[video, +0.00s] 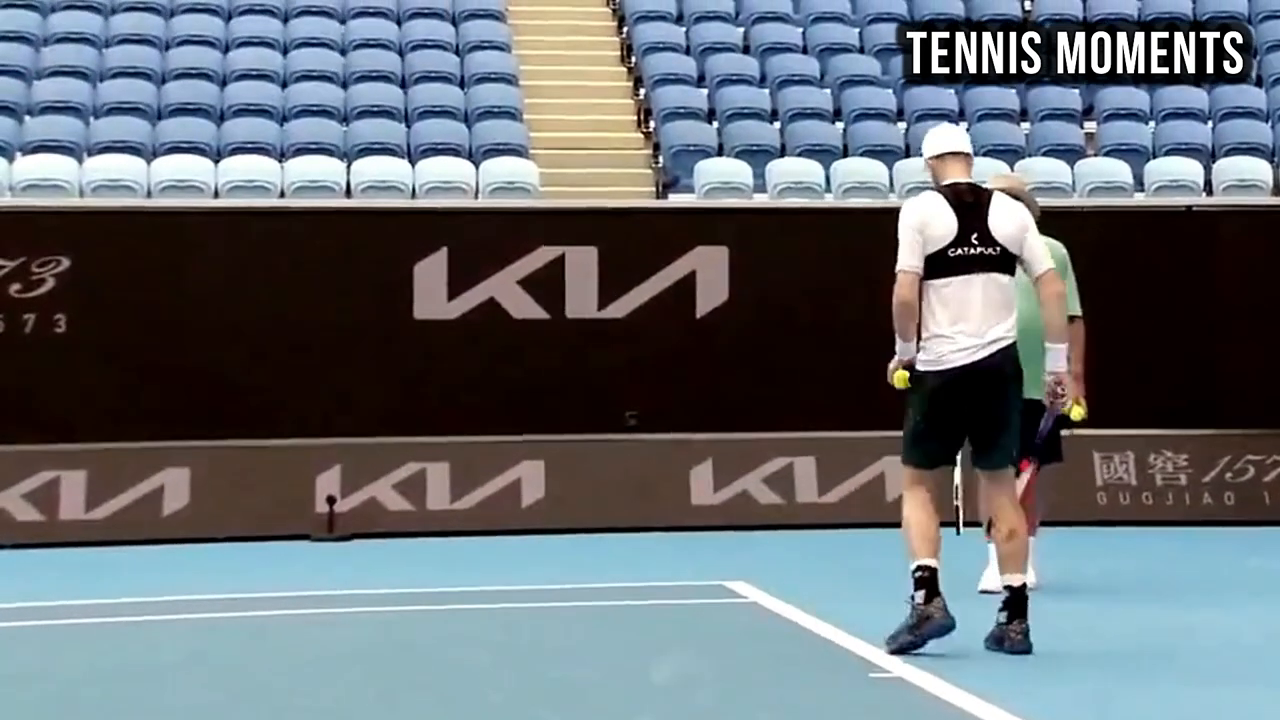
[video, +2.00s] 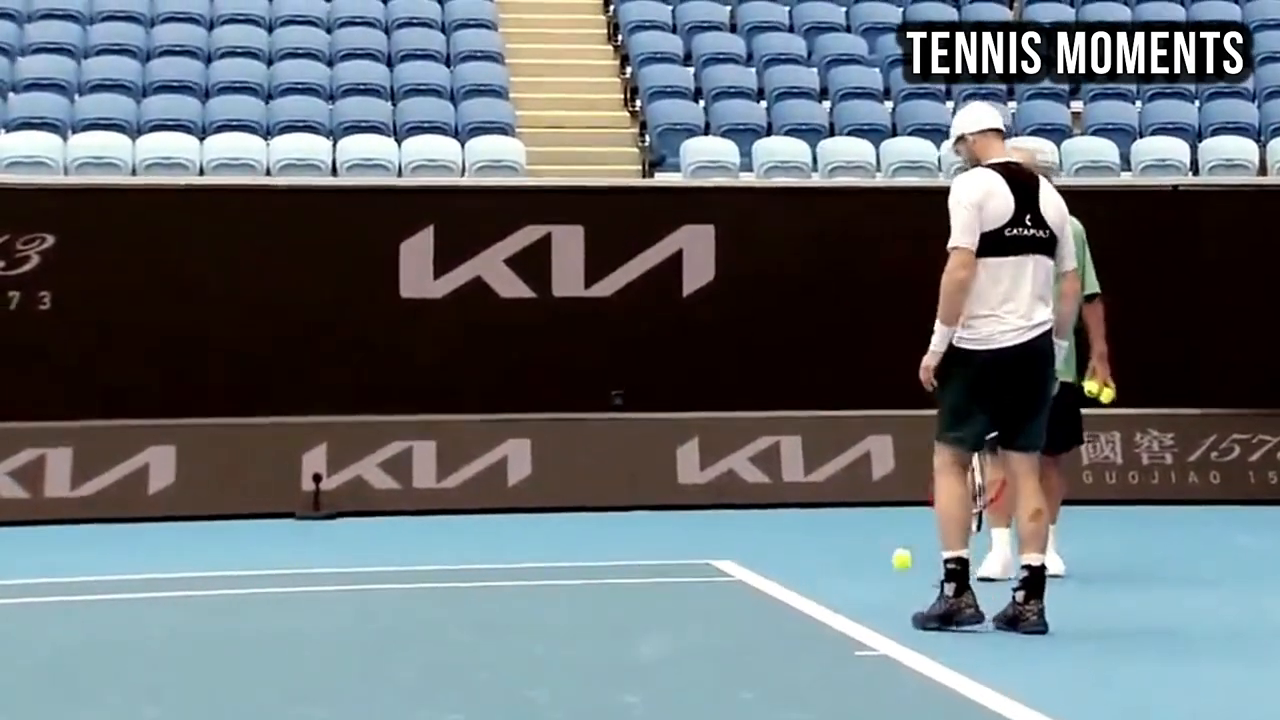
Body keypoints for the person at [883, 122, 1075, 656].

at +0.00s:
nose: (935, 168)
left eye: (929, 162)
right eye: (952, 157)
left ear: (930, 165)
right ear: (971, 160)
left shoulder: (918, 210)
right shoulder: (1011, 209)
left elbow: (906, 290)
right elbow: (1050, 286)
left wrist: (905, 352)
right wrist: (1058, 364)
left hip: (939, 374)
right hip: (1000, 369)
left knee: (919, 484)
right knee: (1002, 491)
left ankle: (928, 602)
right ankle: (1015, 619)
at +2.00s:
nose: (959, 153)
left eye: (958, 146)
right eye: (960, 146)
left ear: (966, 141)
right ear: (1004, 134)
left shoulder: (970, 186)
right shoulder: (1049, 192)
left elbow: (961, 266)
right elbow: (1069, 282)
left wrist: (938, 343)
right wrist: (1053, 340)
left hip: (976, 351)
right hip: (1035, 352)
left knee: (949, 462)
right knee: (1026, 466)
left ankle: (956, 594)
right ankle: (1030, 600)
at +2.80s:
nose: (829, 169)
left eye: (834, 158)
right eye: (829, 160)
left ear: (859, 157)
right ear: (871, 159)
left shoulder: (857, 216)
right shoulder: (931, 189)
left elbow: (858, 306)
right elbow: (980, 269)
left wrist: (854, 388)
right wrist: (969, 328)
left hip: (922, 352)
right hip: (980, 340)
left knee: (910, 471)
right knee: (994, 461)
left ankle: (914, 594)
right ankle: (1025, 586)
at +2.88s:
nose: (822, 173)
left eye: (825, 163)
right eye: (821, 164)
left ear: (849, 161)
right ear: (867, 160)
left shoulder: (848, 219)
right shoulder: (922, 190)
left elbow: (849, 309)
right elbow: (972, 269)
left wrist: (842, 392)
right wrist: (950, 324)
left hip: (919, 353)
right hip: (975, 337)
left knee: (909, 472)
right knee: (994, 458)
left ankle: (914, 595)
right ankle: (1027, 583)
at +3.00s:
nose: (814, 177)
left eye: (818, 166)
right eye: (813, 168)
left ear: (843, 164)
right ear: (859, 165)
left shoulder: (841, 223)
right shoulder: (914, 193)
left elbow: (836, 314)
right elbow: (956, 272)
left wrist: (823, 395)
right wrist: (905, 352)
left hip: (918, 352)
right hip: (973, 334)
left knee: (908, 471)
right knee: (996, 457)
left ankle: (913, 594)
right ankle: (1035, 578)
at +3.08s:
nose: (813, 177)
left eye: (818, 167)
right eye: (813, 168)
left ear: (841, 167)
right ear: (859, 167)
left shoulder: (839, 224)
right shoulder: (912, 194)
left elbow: (828, 316)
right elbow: (938, 278)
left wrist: (811, 394)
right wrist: (903, 347)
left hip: (920, 354)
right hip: (974, 334)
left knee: (908, 472)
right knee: (1001, 454)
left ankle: (913, 595)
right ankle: (1043, 576)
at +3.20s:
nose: (816, 179)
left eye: (820, 168)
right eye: (816, 169)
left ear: (842, 169)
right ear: (861, 169)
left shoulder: (840, 226)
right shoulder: (912, 197)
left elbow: (820, 315)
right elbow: (935, 282)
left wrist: (795, 393)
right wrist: (890, 343)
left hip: (922, 355)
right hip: (977, 335)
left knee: (908, 472)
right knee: (1015, 457)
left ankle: (913, 596)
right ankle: (1061, 575)